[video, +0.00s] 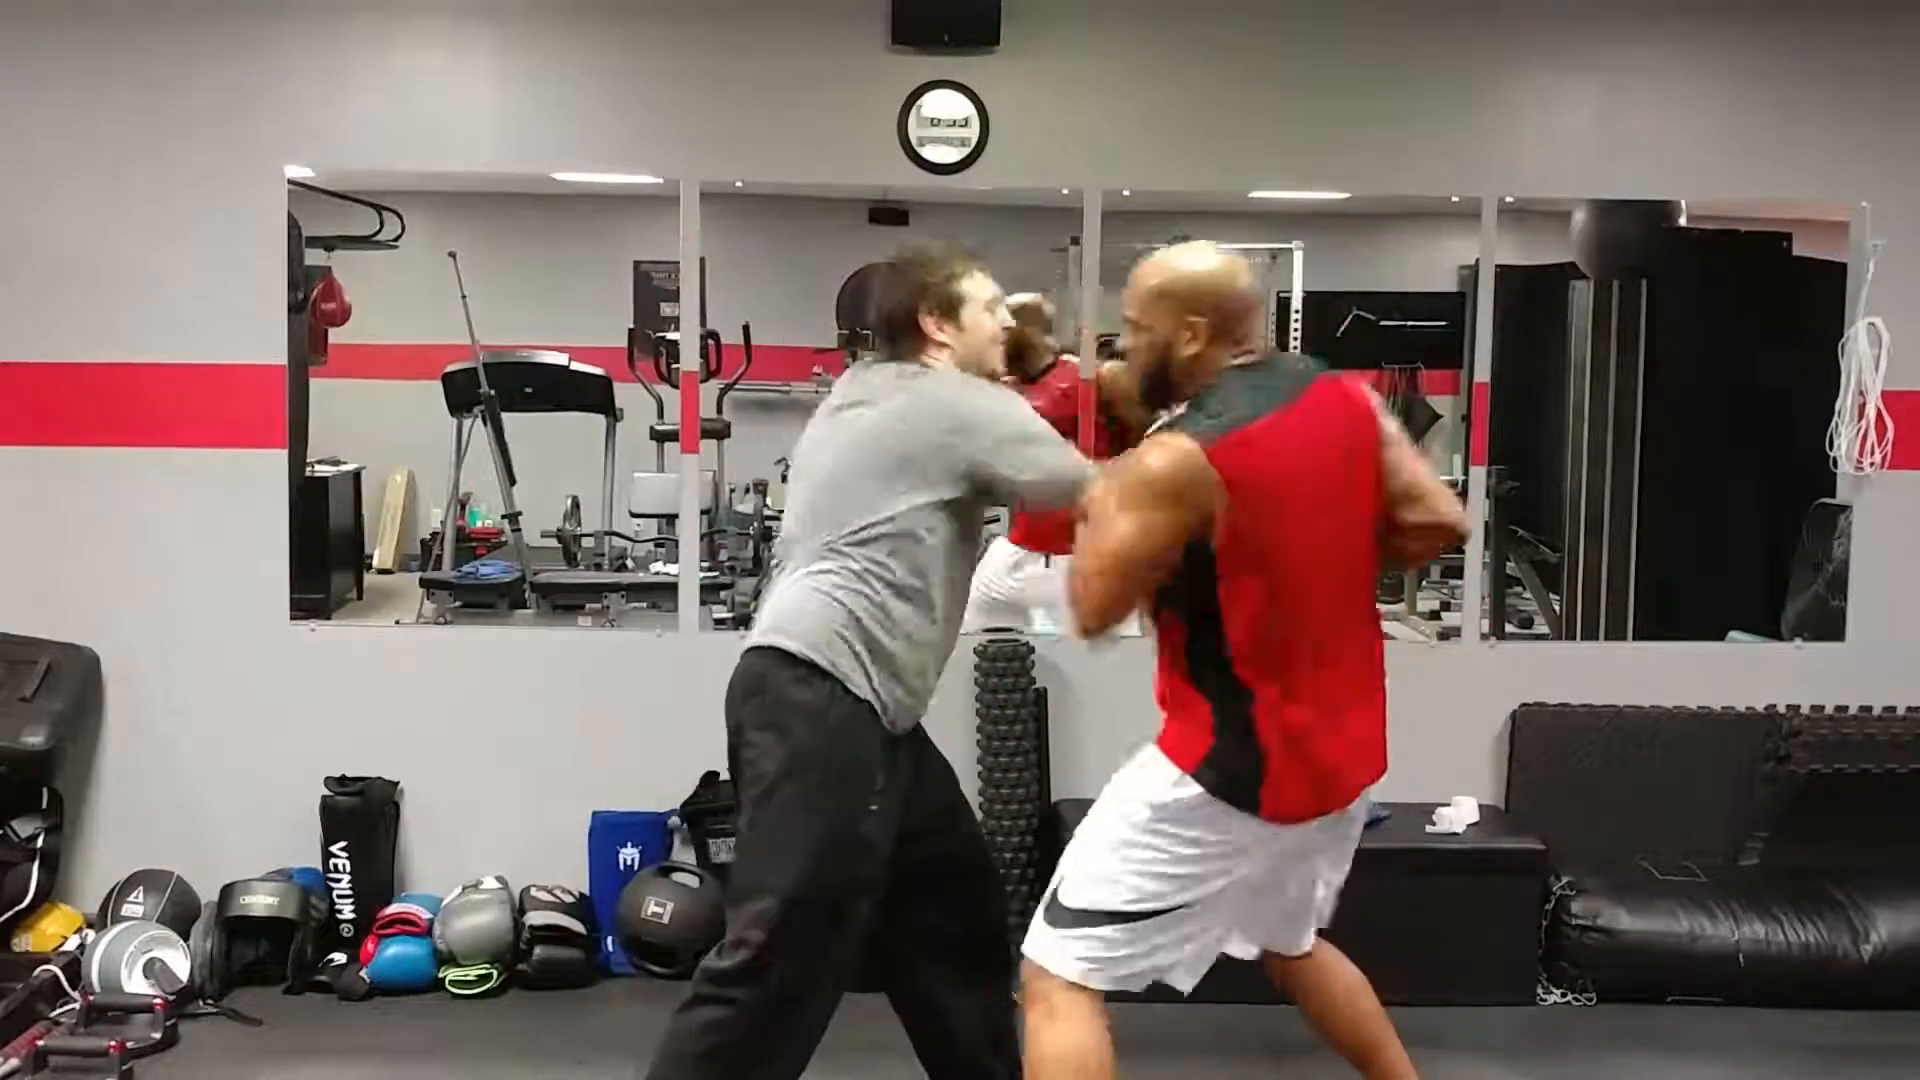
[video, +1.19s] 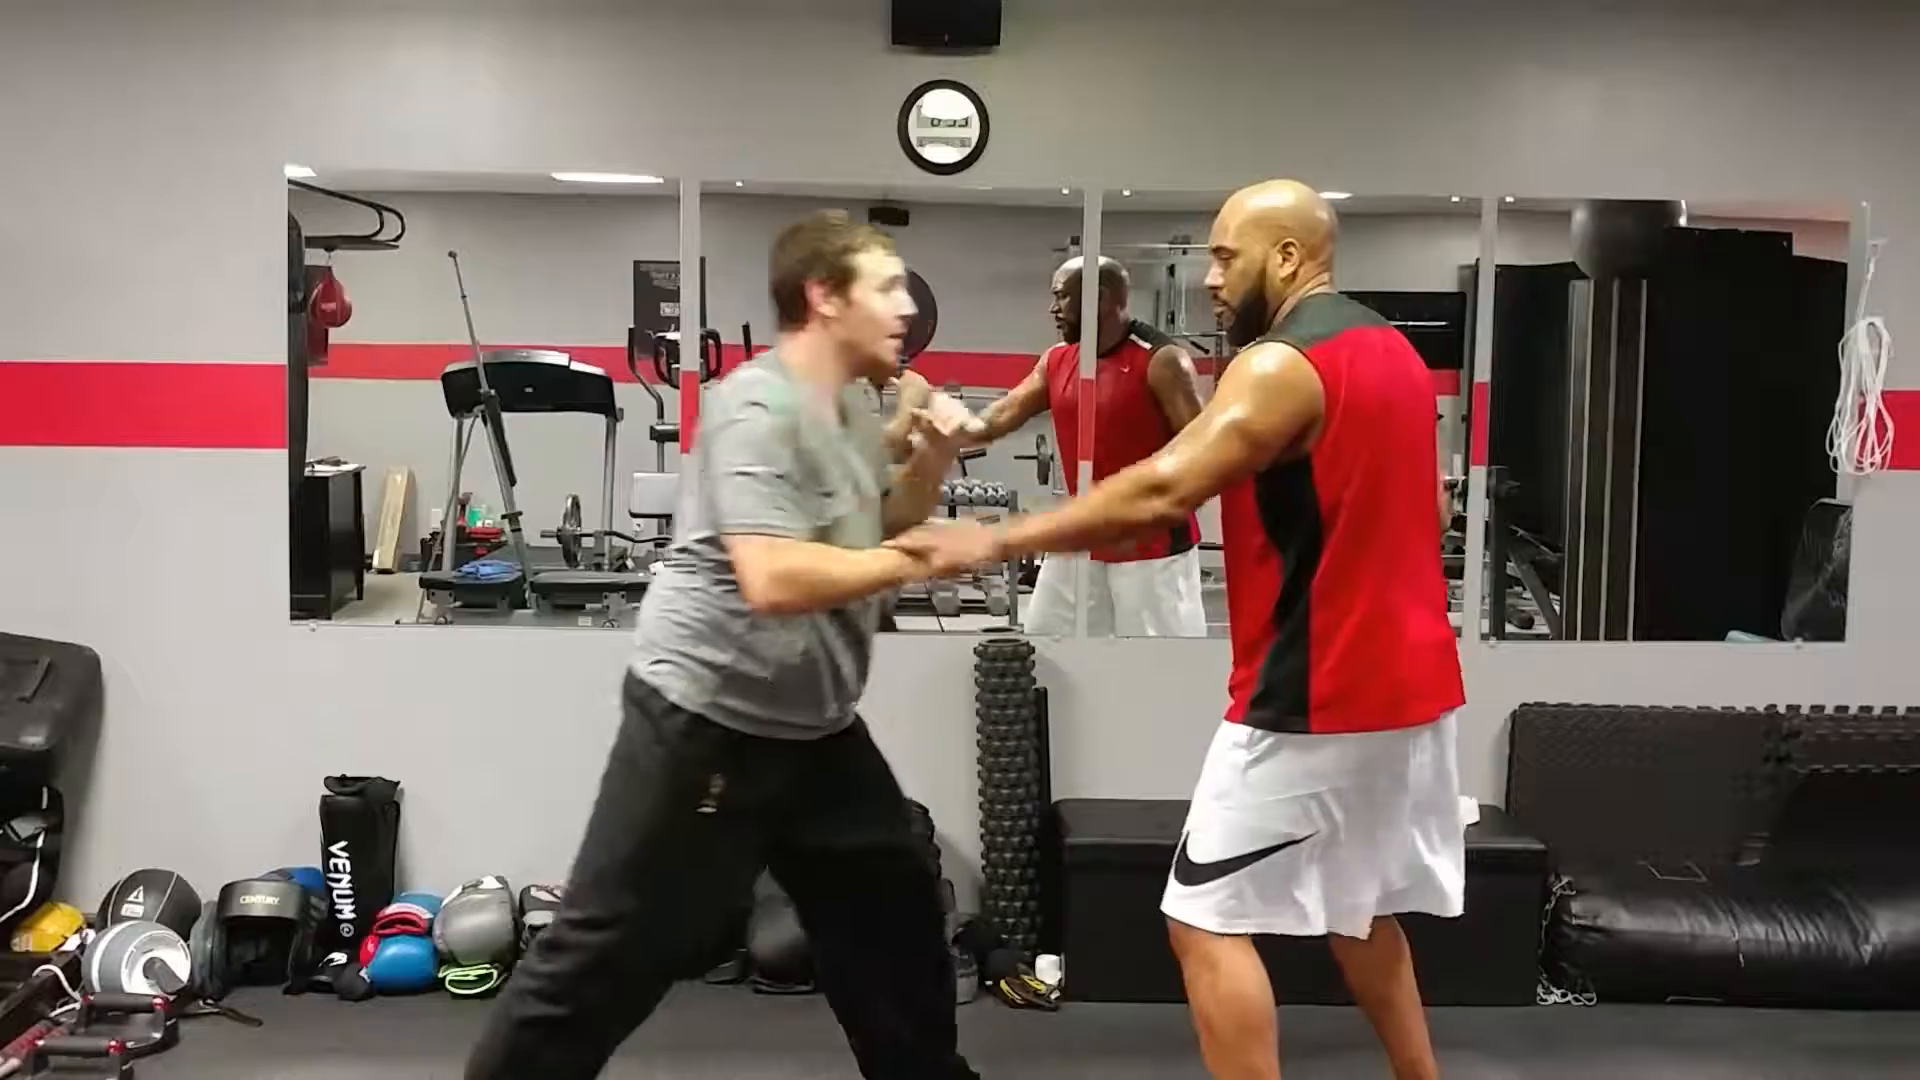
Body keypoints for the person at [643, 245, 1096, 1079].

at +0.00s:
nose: (1006, 332)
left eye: (1003, 311)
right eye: (991, 311)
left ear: (915, 330)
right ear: (935, 325)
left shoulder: (856, 400)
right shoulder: (954, 402)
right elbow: (1089, 489)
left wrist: (999, 363)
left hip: (862, 711)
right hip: (818, 694)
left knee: (960, 934)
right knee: (782, 952)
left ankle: (990, 1069)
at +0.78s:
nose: (1010, 338)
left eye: (1010, 319)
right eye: (996, 316)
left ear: (936, 316)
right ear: (938, 314)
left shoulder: (864, 385)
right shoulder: (922, 418)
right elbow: (1080, 480)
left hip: (857, 714)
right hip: (775, 706)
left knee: (926, 909)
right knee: (705, 956)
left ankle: (920, 1067)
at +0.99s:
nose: (1004, 320)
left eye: (1003, 300)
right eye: (988, 298)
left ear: (928, 309)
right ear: (927, 307)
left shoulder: (924, 391)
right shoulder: (908, 396)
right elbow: (1016, 552)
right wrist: (1165, 547)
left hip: (852, 700)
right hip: (765, 684)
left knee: (919, 895)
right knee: (685, 932)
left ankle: (923, 1070)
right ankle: (595, 1078)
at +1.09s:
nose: (967, 312)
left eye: (966, 293)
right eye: (951, 292)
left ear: (896, 304)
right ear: (889, 302)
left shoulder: (905, 397)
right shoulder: (846, 398)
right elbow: (891, 579)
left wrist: (1018, 393)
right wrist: (1028, 564)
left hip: (843, 710)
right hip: (744, 695)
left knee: (919, 905)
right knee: (651, 942)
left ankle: (924, 1069)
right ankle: (547, 1074)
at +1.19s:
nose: (909, 311)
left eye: (907, 292)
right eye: (891, 290)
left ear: (838, 303)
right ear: (824, 299)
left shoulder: (859, 416)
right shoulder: (753, 402)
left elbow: (887, 543)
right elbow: (772, 579)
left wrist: (934, 459)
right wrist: (910, 561)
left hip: (814, 728)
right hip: (698, 720)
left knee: (896, 935)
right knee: (602, 959)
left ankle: (925, 1071)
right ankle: (504, 1074)